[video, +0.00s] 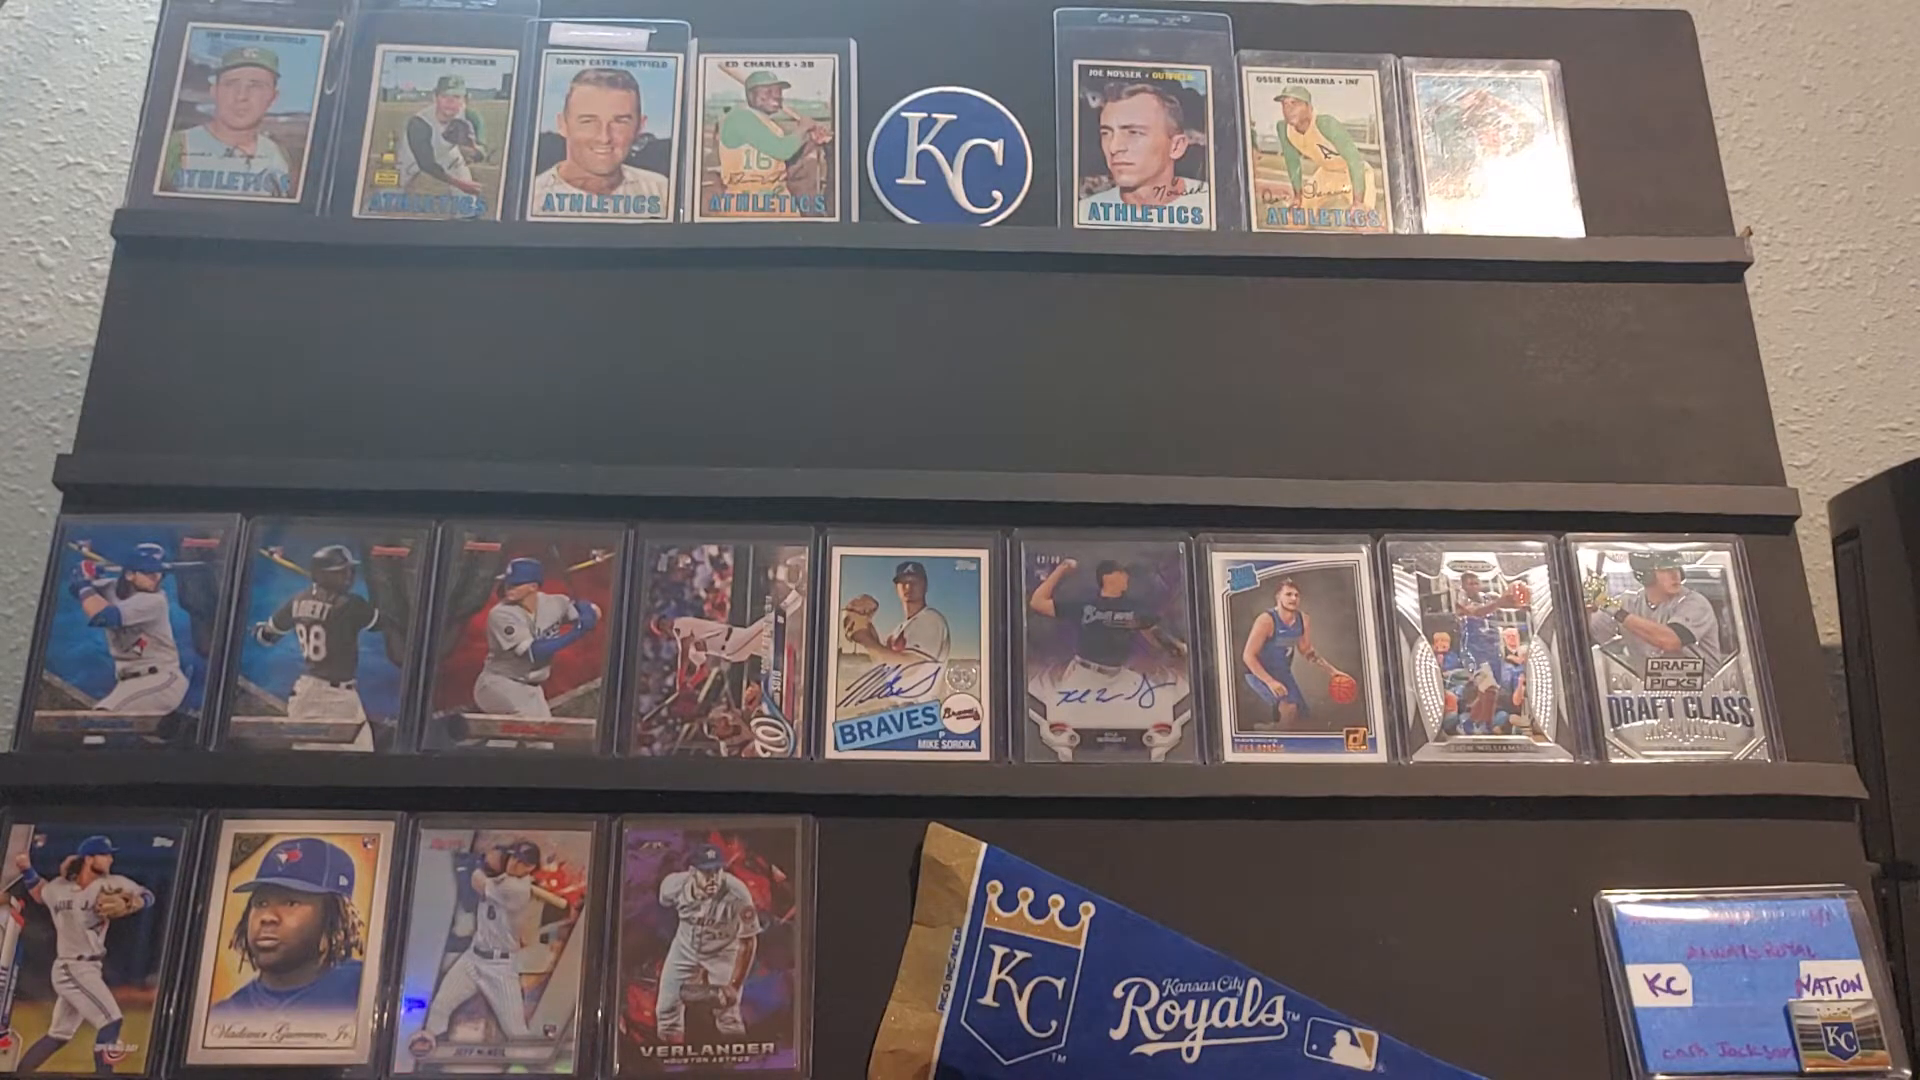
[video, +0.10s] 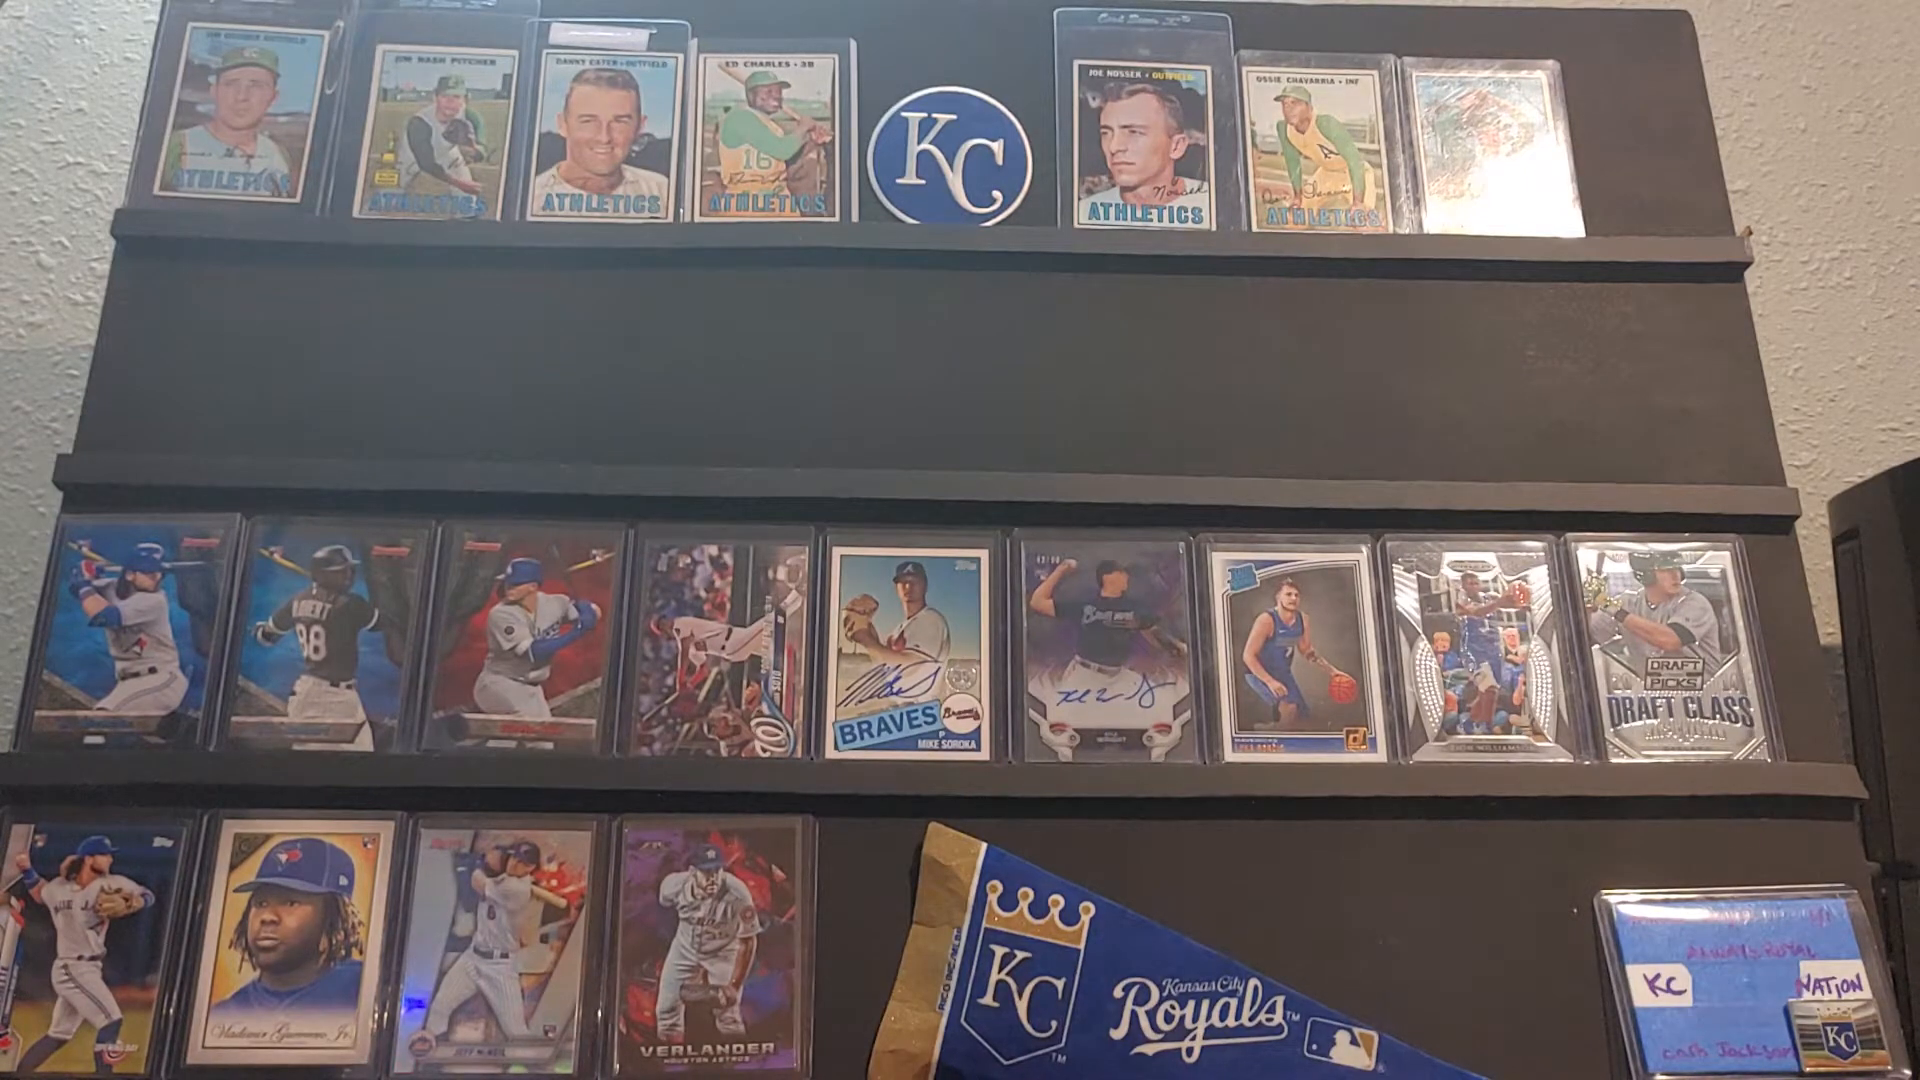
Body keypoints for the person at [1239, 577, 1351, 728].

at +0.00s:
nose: (1293, 599)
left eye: (1296, 595)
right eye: (1288, 595)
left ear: (1300, 598)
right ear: (1278, 598)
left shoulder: (1302, 619)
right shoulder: (1266, 620)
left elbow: (1307, 650)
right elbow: (1248, 656)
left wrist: (1332, 671)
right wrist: (1270, 682)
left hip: (1283, 672)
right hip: (1260, 672)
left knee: (1300, 713)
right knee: (1289, 707)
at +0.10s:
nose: (1293, 599)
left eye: (1296, 595)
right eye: (1288, 594)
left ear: (1300, 598)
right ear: (1278, 598)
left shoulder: (1302, 619)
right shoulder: (1266, 620)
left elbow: (1307, 650)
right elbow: (1248, 656)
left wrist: (1332, 671)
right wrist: (1270, 681)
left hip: (1283, 673)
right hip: (1260, 672)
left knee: (1301, 713)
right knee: (1289, 706)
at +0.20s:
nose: (1293, 599)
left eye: (1296, 595)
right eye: (1288, 594)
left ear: (1300, 598)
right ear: (1278, 598)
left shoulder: (1302, 619)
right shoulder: (1266, 620)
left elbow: (1307, 650)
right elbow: (1248, 656)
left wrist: (1332, 671)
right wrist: (1270, 681)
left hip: (1283, 672)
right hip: (1260, 672)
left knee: (1301, 713)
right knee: (1289, 706)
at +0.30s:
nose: (1293, 599)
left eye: (1296, 595)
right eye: (1288, 594)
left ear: (1300, 598)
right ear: (1278, 598)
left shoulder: (1302, 619)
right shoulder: (1266, 620)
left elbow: (1307, 650)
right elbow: (1248, 656)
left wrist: (1332, 671)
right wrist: (1270, 681)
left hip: (1283, 672)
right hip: (1260, 672)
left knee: (1301, 713)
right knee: (1289, 706)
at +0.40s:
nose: (1293, 599)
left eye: (1296, 595)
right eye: (1288, 594)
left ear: (1300, 598)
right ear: (1278, 598)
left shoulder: (1302, 619)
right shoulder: (1266, 620)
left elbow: (1307, 651)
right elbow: (1248, 656)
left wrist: (1332, 671)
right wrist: (1270, 681)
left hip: (1283, 672)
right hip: (1260, 672)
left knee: (1301, 713)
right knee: (1289, 706)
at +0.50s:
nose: (1293, 599)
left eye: (1296, 595)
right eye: (1288, 594)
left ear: (1300, 598)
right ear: (1278, 598)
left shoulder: (1302, 619)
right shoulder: (1266, 620)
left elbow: (1307, 651)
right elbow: (1248, 656)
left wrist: (1332, 671)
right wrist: (1270, 681)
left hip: (1283, 672)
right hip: (1260, 672)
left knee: (1301, 713)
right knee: (1289, 706)